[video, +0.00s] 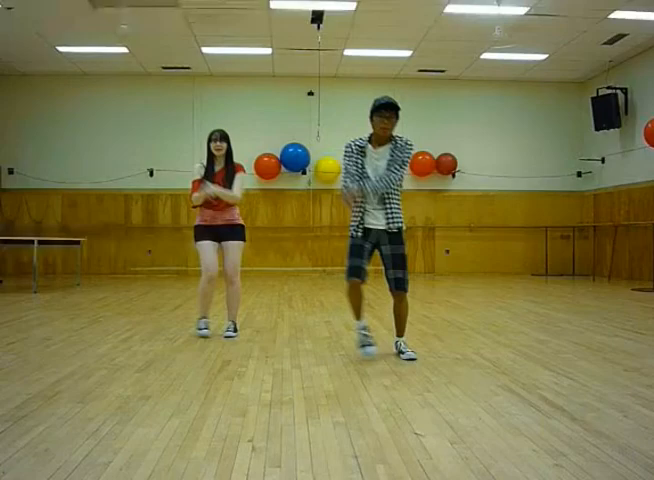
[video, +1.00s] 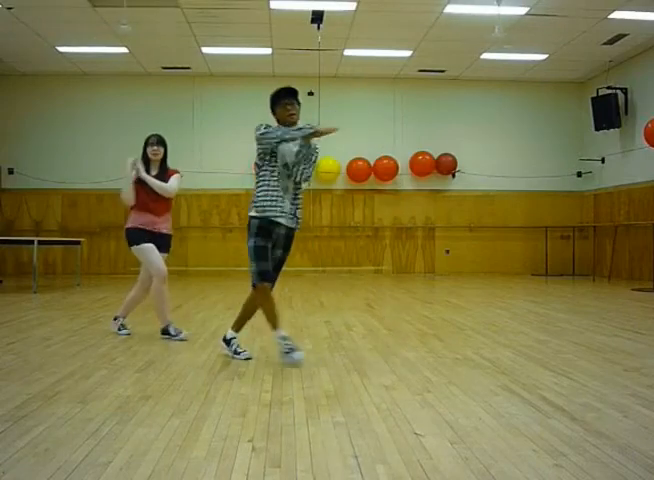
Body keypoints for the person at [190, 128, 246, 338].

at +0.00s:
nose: (218, 145)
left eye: (222, 141)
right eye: (214, 141)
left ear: (228, 145)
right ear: (209, 145)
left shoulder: (237, 169)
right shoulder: (201, 170)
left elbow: (236, 197)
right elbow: (194, 200)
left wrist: (214, 190)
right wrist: (205, 192)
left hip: (231, 223)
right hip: (205, 223)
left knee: (231, 274)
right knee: (210, 272)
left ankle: (232, 322)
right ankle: (203, 318)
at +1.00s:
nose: (155, 149)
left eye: (159, 146)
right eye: (151, 146)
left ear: (165, 150)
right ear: (145, 150)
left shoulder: (172, 174)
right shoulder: (138, 173)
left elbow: (170, 192)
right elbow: (128, 201)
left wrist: (144, 176)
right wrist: (130, 176)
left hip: (162, 230)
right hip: (138, 228)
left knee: (144, 283)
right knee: (160, 272)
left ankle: (119, 319)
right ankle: (166, 326)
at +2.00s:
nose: (201, 147)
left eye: (205, 143)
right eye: (197, 143)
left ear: (210, 146)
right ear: (190, 147)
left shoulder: (218, 172)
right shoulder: (180, 174)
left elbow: (230, 200)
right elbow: (168, 205)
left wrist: (204, 209)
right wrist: (187, 209)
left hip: (218, 228)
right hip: (193, 229)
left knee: (225, 278)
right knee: (204, 278)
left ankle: (217, 326)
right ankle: (191, 328)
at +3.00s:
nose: (236, 144)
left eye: (239, 139)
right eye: (231, 141)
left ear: (247, 141)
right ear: (227, 145)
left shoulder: (261, 161)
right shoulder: (226, 168)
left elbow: (246, 172)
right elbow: (224, 198)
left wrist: (214, 165)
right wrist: (212, 172)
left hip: (258, 222)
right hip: (232, 221)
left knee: (270, 277)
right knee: (228, 274)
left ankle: (282, 324)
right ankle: (200, 322)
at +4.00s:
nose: (154, 150)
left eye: (158, 146)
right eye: (150, 146)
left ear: (164, 151)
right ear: (144, 150)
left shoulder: (173, 173)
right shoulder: (135, 177)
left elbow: (173, 194)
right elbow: (128, 211)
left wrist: (142, 183)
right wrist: (124, 190)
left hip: (167, 231)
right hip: (143, 229)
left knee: (150, 281)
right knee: (161, 278)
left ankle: (132, 323)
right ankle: (134, 321)